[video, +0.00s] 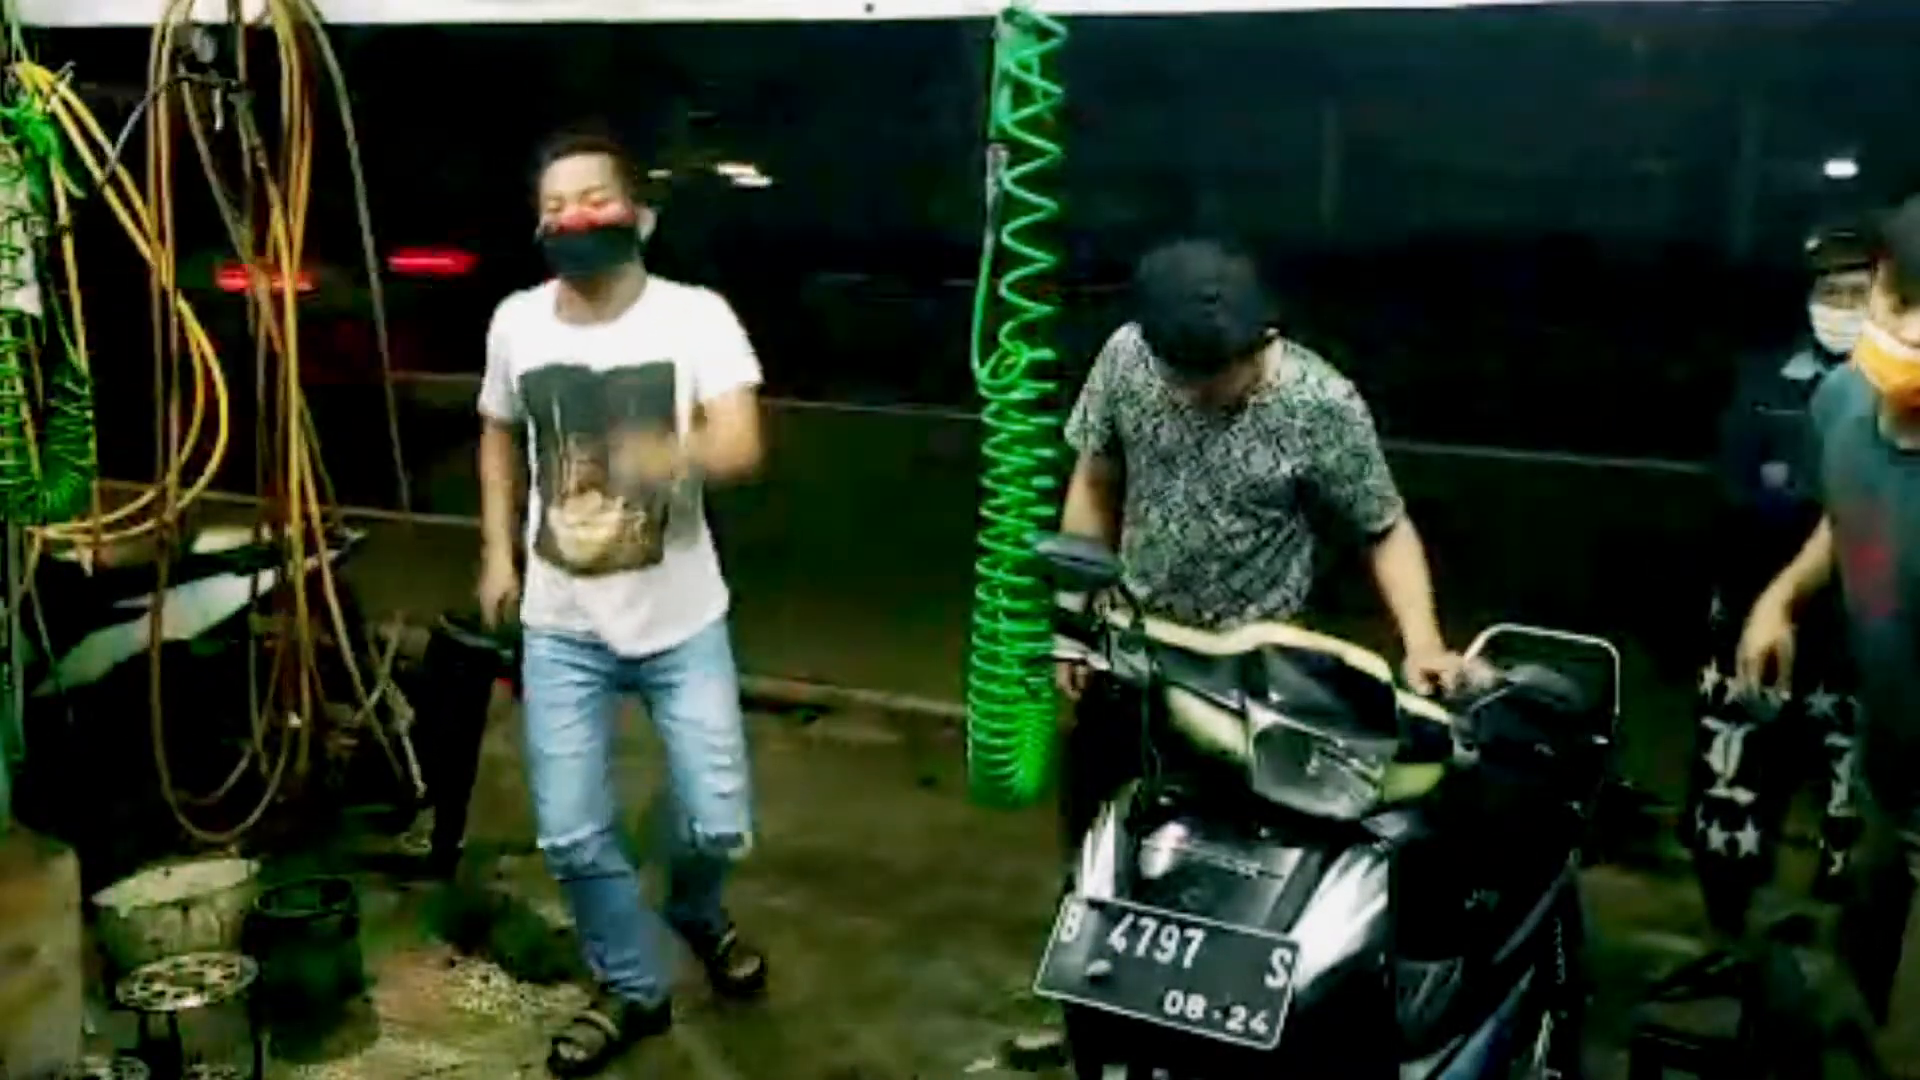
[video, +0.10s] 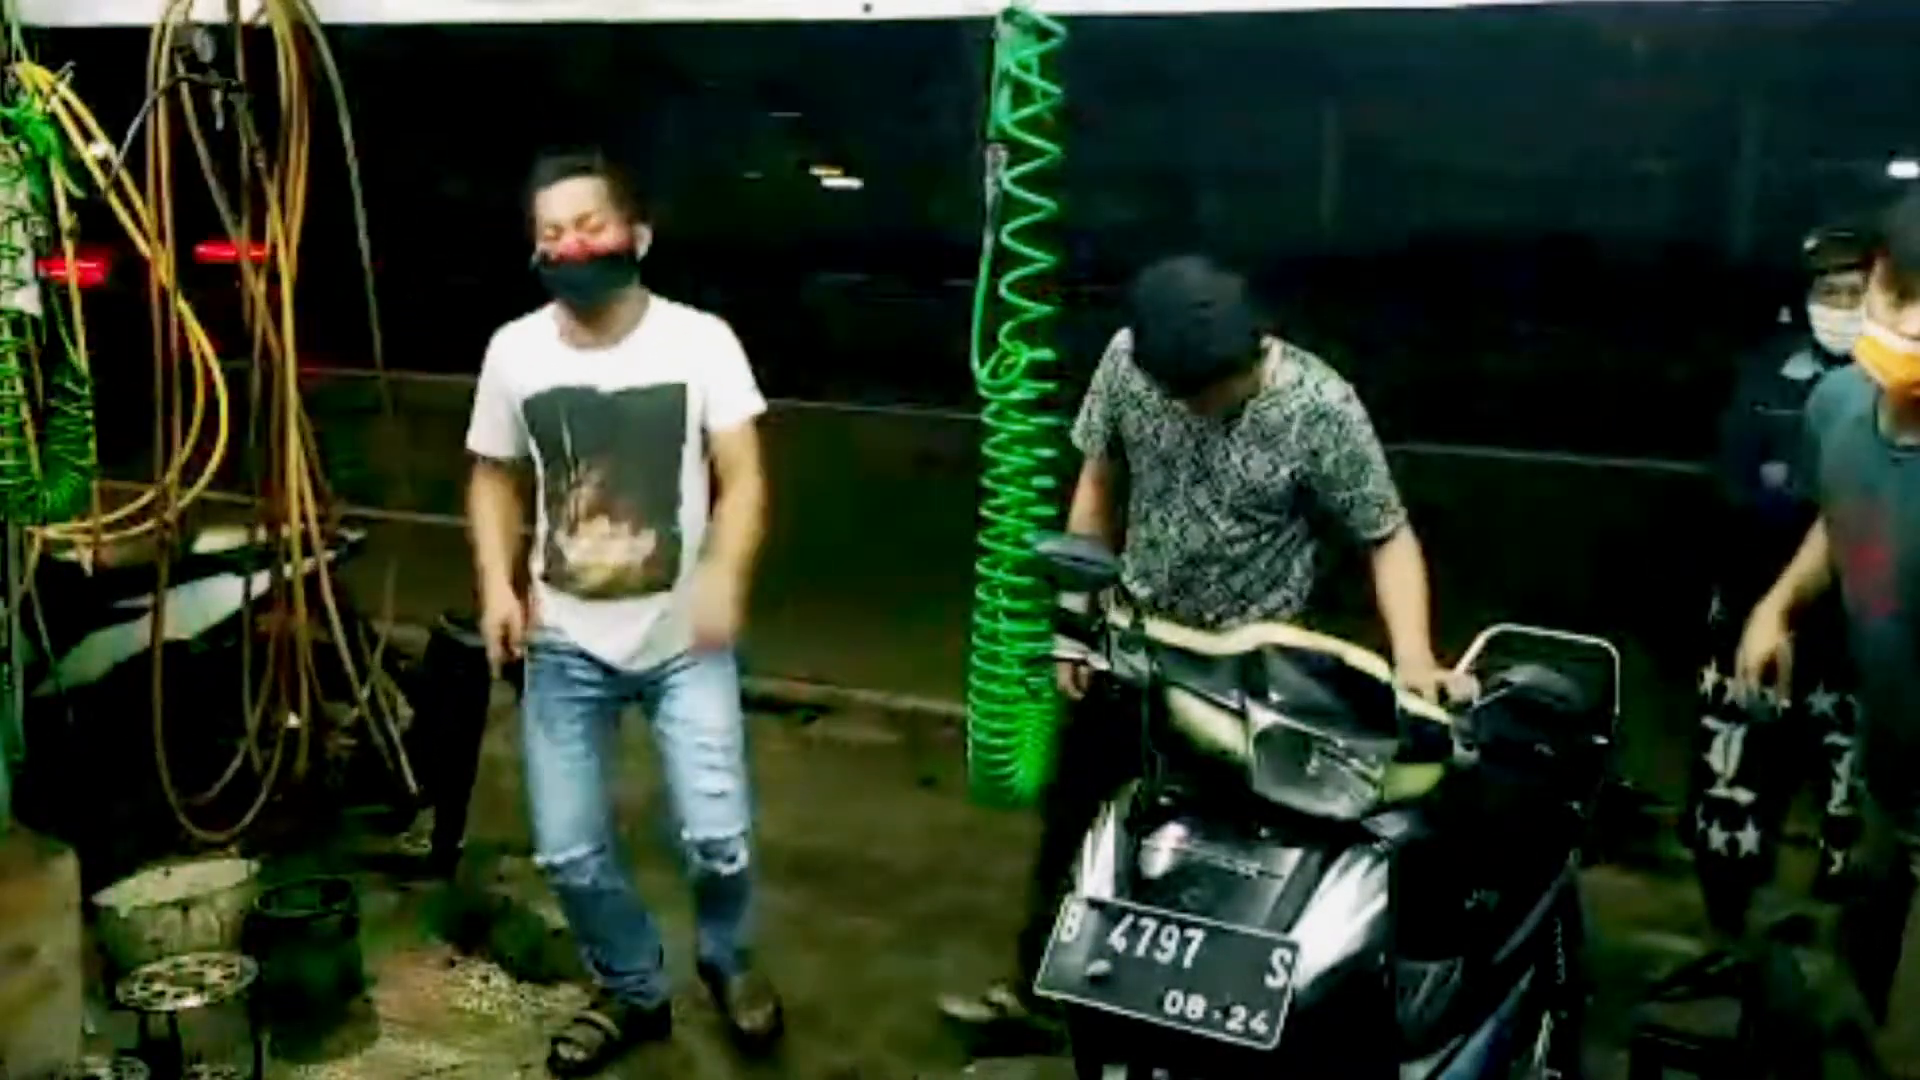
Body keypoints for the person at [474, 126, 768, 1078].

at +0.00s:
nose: (579, 217)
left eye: (596, 198)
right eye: (560, 204)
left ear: (635, 208)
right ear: (540, 223)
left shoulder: (696, 316)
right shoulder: (517, 326)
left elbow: (739, 448)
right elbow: (499, 438)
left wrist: (652, 458)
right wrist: (498, 552)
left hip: (680, 611)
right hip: (561, 617)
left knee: (718, 820)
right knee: (570, 833)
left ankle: (695, 913)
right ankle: (632, 989)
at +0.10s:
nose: (576, 245)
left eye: (591, 223)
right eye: (556, 232)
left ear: (635, 229)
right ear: (538, 249)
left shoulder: (701, 343)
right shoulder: (515, 353)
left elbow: (744, 479)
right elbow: (493, 475)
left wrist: (722, 578)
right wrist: (498, 584)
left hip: (686, 637)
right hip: (564, 642)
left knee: (717, 839)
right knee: (568, 852)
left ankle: (728, 960)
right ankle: (634, 993)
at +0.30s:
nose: (603, 233)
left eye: (620, 212)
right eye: (583, 218)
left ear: (664, 216)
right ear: (561, 232)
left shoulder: (721, 318)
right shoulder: (529, 326)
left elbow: (793, 397)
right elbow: (446, 426)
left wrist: (838, 496)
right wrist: (474, 450)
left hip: (704, 619)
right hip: (580, 627)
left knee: (727, 840)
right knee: (591, 844)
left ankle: (757, 1042)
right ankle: (634, 1000)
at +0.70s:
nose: (694, 249)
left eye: (714, 229)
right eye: (674, 230)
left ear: (752, 236)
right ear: (646, 240)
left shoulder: (804, 366)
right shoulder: (602, 344)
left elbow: (863, 510)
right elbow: (556, 457)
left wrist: (841, 618)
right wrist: (553, 544)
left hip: (769, 663)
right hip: (640, 663)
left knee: (778, 888)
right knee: (614, 883)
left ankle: (763, 1054)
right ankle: (652, 989)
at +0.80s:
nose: (704, 251)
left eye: (723, 230)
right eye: (682, 232)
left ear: (758, 236)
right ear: (653, 244)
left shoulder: (808, 368)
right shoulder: (616, 343)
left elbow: (836, 529)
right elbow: (583, 463)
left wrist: (742, 571)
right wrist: (569, 577)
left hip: (776, 671)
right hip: (644, 664)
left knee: (783, 894)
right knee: (626, 893)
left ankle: (767, 1057)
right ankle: (658, 1063)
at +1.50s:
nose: (680, 259)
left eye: (694, 237)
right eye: (654, 242)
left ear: (716, 241)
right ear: (606, 258)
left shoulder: (708, 344)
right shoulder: (566, 377)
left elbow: (703, 463)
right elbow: (479, 515)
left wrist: (747, 538)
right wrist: (608, 544)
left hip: (703, 680)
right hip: (594, 694)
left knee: (747, 882)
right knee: (657, 946)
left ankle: (641, 996)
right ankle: (639, 1063)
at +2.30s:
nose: (645, 234)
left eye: (662, 216)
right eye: (625, 218)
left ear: (689, 220)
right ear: (594, 224)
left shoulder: (730, 327)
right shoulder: (549, 313)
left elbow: (812, 448)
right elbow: (498, 411)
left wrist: (772, 394)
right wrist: (469, 516)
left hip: (689, 627)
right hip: (573, 624)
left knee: (702, 833)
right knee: (593, 827)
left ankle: (642, 1031)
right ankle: (632, 927)